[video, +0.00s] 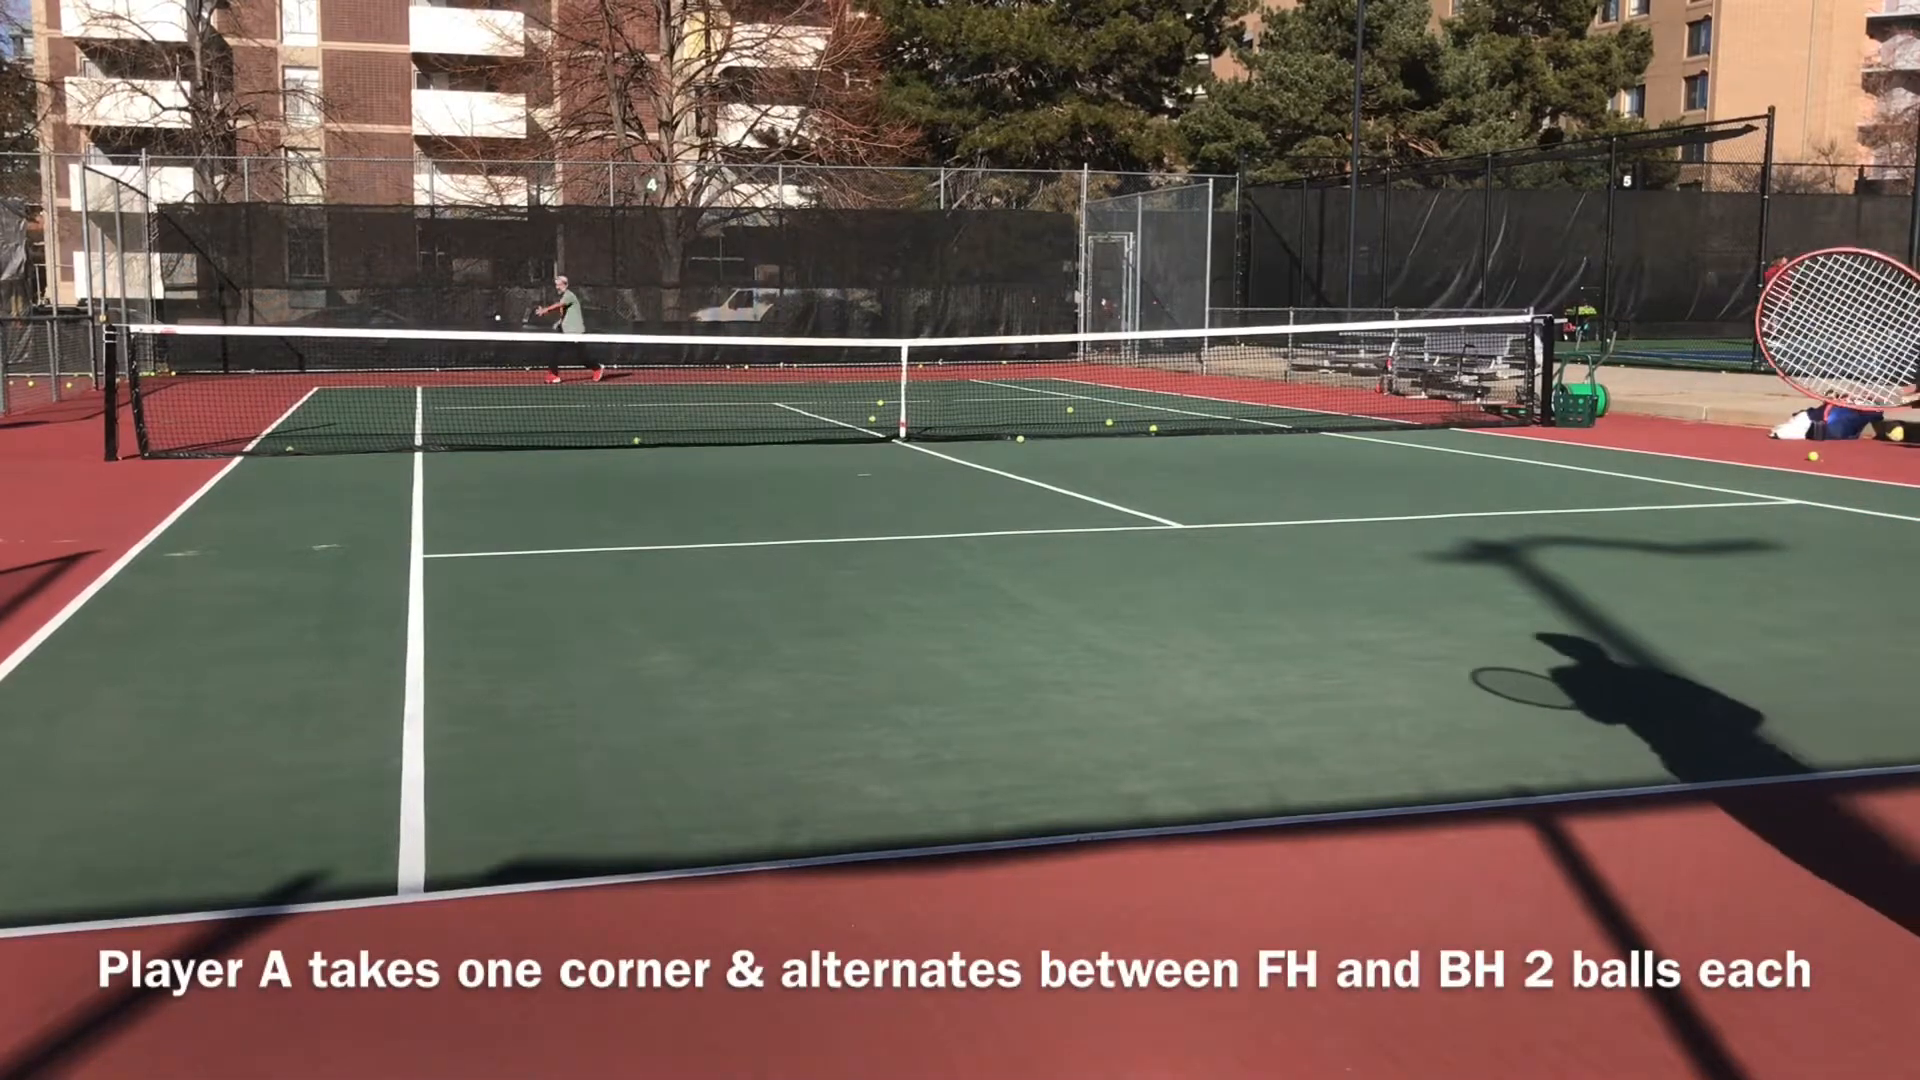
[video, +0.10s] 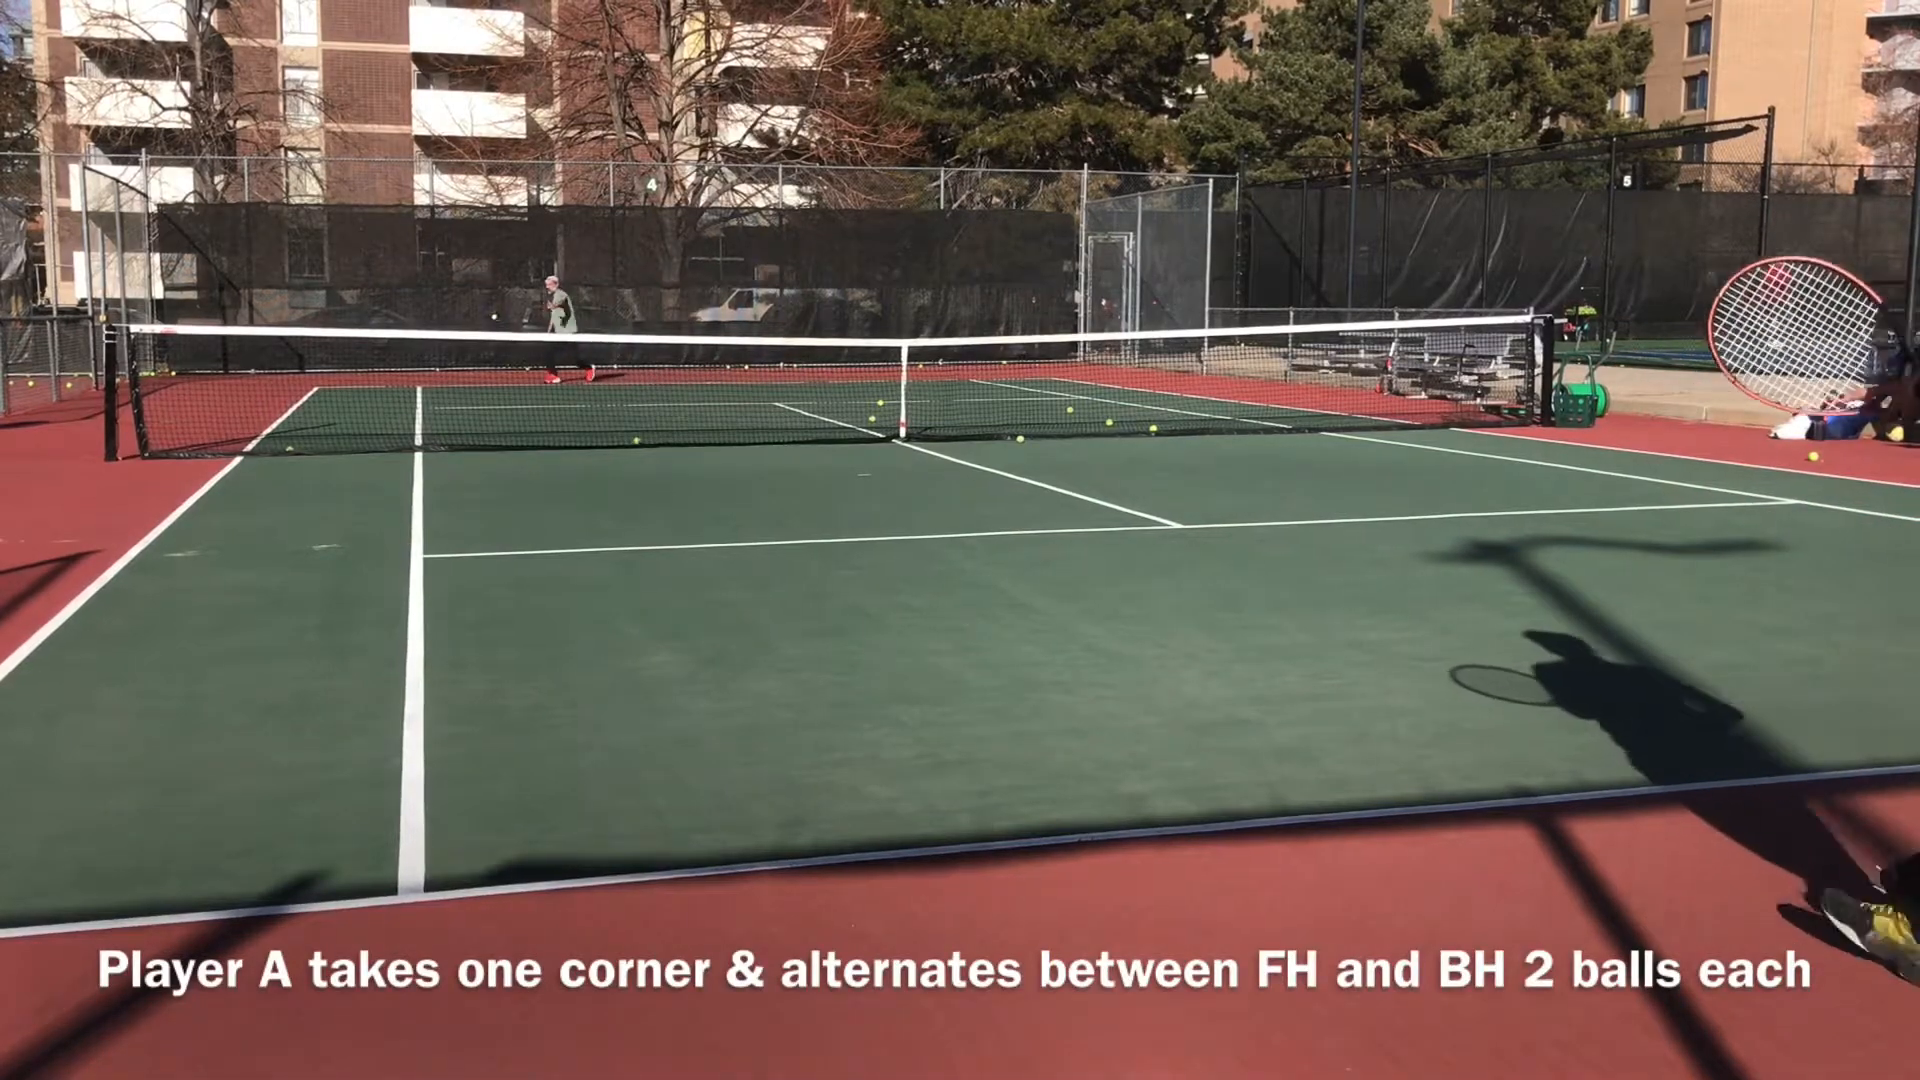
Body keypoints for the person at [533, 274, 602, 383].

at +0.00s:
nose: (557, 287)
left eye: (559, 285)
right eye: (556, 285)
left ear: (565, 284)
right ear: (557, 285)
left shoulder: (568, 295)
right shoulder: (565, 297)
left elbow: (559, 305)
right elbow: (565, 315)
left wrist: (544, 310)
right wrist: (559, 322)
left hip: (574, 330)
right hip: (566, 330)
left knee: (580, 354)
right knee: (555, 351)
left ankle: (597, 368)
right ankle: (553, 373)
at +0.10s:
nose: (547, 287)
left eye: (548, 285)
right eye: (546, 285)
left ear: (555, 284)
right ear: (550, 286)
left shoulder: (561, 294)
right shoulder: (555, 296)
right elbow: (553, 316)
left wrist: (552, 307)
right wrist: (549, 330)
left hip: (568, 331)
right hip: (559, 331)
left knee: (572, 354)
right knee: (550, 351)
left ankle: (589, 368)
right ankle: (552, 374)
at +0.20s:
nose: (541, 286)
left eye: (542, 283)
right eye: (540, 284)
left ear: (549, 282)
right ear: (541, 285)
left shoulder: (560, 293)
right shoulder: (545, 299)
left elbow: (567, 302)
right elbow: (541, 315)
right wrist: (535, 330)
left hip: (565, 328)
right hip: (553, 329)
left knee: (564, 350)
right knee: (545, 351)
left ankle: (577, 367)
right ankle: (552, 373)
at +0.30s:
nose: (537, 284)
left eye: (538, 281)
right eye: (536, 282)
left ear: (545, 279)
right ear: (538, 282)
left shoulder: (559, 289)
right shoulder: (539, 295)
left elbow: (569, 298)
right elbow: (533, 309)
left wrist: (569, 292)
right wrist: (523, 316)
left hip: (559, 325)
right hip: (546, 326)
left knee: (555, 350)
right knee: (543, 350)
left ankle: (558, 372)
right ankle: (550, 372)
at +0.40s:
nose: (537, 282)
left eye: (538, 279)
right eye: (535, 280)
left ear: (544, 277)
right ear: (535, 281)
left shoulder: (556, 289)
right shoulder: (539, 291)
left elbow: (567, 299)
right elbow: (532, 293)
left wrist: (568, 291)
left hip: (554, 325)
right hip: (541, 324)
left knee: (548, 351)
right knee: (539, 349)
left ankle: (546, 375)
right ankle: (548, 369)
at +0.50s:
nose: (542, 279)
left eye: (541, 277)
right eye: (542, 277)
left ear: (535, 281)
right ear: (546, 281)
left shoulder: (533, 293)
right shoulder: (552, 292)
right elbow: (562, 304)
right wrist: (564, 294)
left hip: (535, 328)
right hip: (550, 328)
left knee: (533, 351)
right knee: (547, 353)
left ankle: (533, 373)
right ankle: (545, 375)